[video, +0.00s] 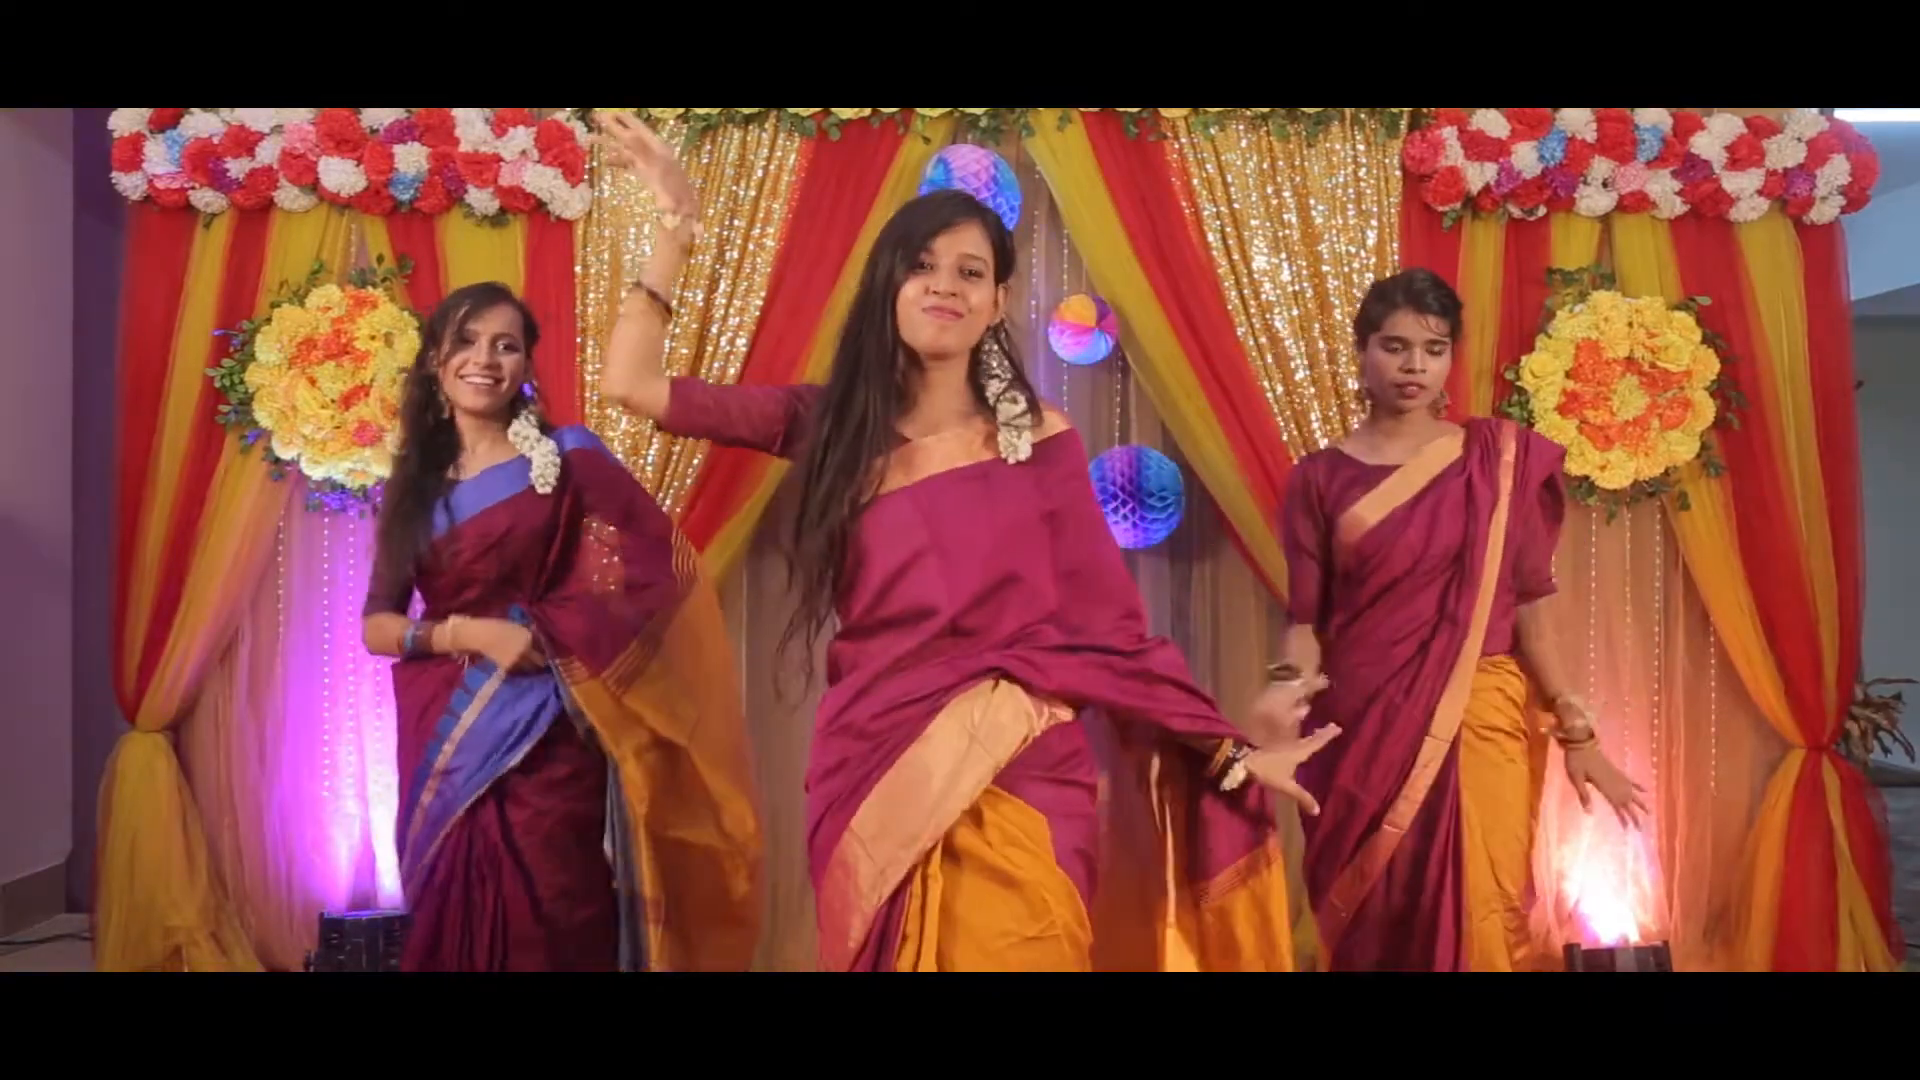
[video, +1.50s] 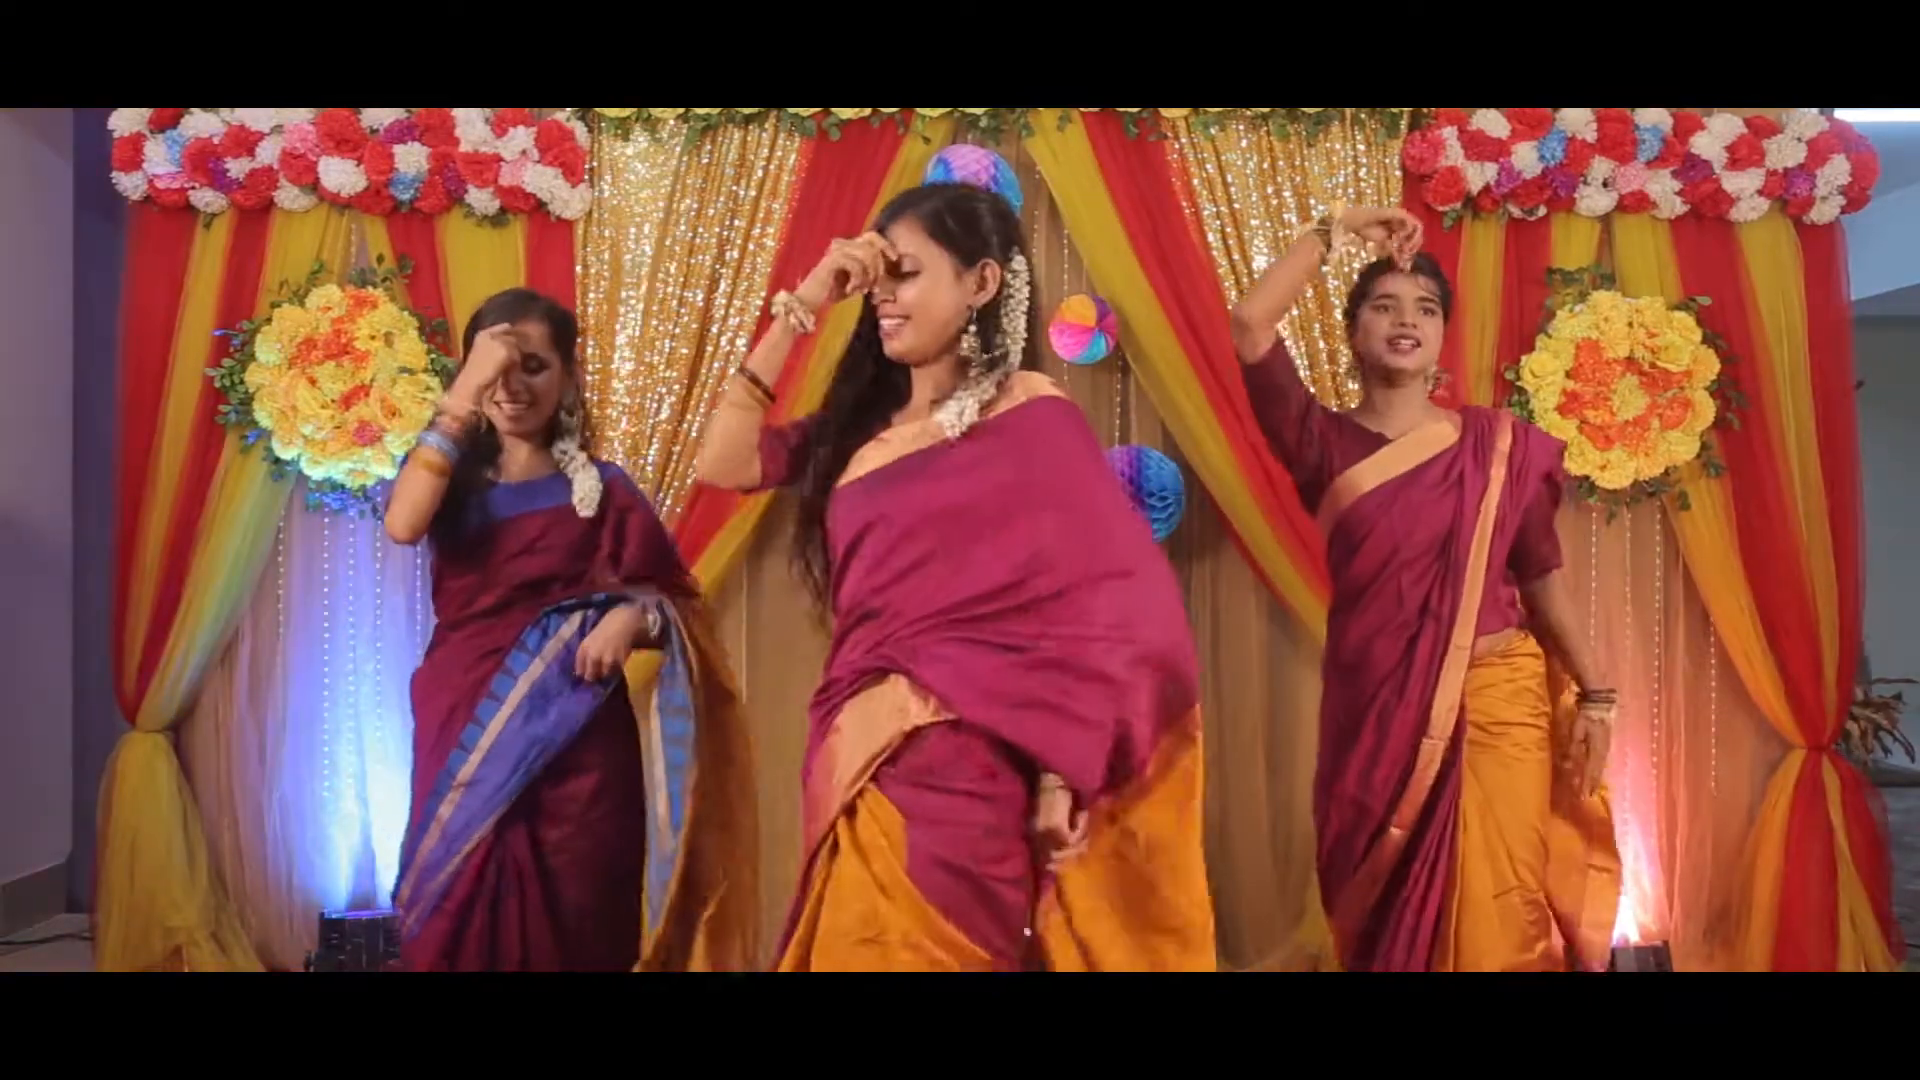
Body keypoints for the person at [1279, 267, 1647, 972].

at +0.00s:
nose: (1415, 365)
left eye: (1434, 349)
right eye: (1396, 345)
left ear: (1453, 358)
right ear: (1360, 352)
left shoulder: (1503, 456)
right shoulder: (1320, 479)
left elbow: (1531, 612)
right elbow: (1304, 623)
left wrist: (1579, 737)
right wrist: (1290, 696)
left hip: (1481, 729)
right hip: (1361, 735)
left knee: (1475, 933)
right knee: (1365, 935)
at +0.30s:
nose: (1417, 342)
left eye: (1436, 327)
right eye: (1398, 323)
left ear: (1452, 342)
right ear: (1361, 333)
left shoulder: (1485, 449)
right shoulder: (1317, 445)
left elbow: (1515, 597)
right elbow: (1307, 575)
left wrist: (1589, 706)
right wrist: (1341, 518)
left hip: (1491, 694)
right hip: (1379, 702)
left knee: (1513, 900)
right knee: (1390, 904)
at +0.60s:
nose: (1420, 354)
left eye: (1435, 337)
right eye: (1398, 337)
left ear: (1455, 353)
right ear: (1361, 352)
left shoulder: (1461, 465)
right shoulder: (1328, 434)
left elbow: (1502, 609)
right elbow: (1344, 552)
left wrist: (1639, 594)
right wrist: (1431, 496)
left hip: (1472, 711)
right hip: (1371, 713)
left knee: (1498, 905)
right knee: (1387, 913)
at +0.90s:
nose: (1420, 374)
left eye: (1437, 355)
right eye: (1400, 356)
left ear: (1457, 363)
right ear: (1366, 365)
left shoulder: (1497, 461)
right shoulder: (1322, 468)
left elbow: (1620, 529)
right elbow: (1276, 577)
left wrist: (1498, 482)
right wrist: (1375, 515)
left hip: (1467, 717)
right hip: (1351, 720)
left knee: (1475, 907)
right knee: (1364, 916)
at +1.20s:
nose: (1401, 348)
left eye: (1420, 330)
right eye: (1381, 328)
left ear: (1443, 344)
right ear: (1353, 341)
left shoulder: (1494, 439)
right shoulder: (1327, 445)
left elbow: (1605, 529)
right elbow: (1259, 375)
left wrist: (1576, 617)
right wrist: (1332, 289)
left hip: (1479, 699)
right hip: (1362, 706)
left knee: (1471, 917)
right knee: (1370, 915)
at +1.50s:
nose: (1406, 320)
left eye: (1424, 307)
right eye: (1384, 305)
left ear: (1445, 334)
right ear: (1351, 329)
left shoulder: (1498, 442)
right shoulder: (1328, 444)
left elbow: (1539, 583)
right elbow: (1252, 323)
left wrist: (1594, 687)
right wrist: (1336, 228)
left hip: (1500, 690)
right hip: (1381, 704)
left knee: (1492, 915)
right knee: (1389, 917)